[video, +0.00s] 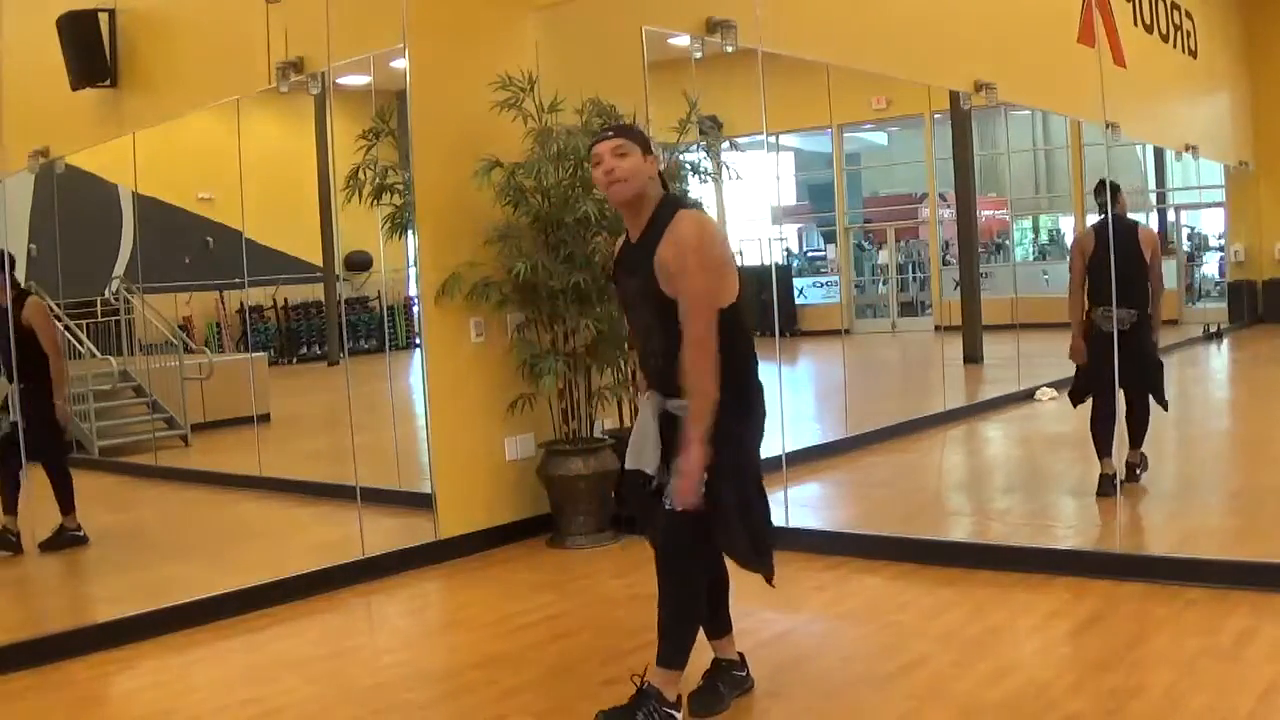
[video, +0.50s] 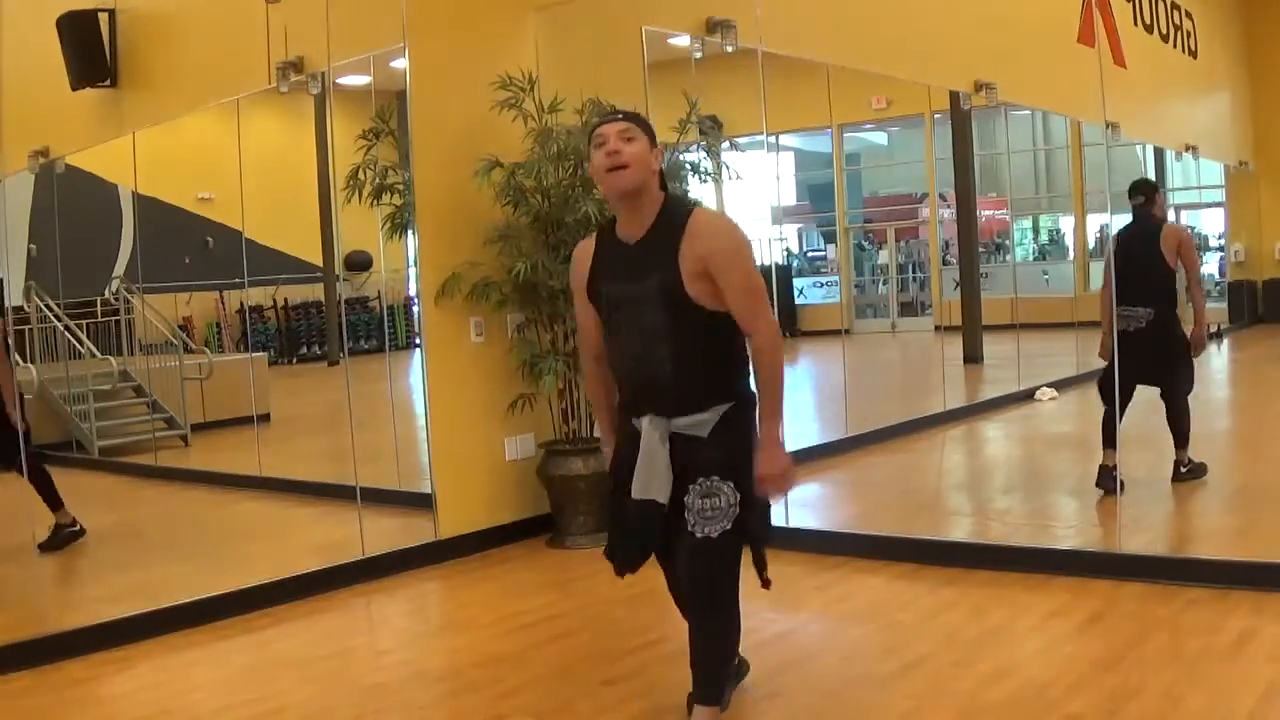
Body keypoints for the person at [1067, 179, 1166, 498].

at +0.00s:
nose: (1126, 201)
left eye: (1119, 197)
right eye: (1123, 197)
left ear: (1096, 205)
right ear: (1121, 200)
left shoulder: (1084, 239)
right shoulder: (1146, 236)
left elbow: (1076, 291)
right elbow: (1157, 286)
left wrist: (1076, 336)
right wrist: (1155, 328)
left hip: (1099, 333)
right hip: (1137, 332)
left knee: (1102, 400)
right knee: (1137, 396)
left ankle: (1107, 470)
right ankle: (1134, 459)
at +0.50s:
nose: (1166, 204)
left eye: (1163, 199)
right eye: (1163, 199)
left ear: (1134, 204)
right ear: (1156, 201)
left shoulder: (1117, 240)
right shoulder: (1176, 234)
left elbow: (1107, 290)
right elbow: (1194, 284)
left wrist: (1106, 335)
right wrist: (1199, 326)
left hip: (1125, 336)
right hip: (1163, 335)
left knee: (1114, 402)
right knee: (1176, 397)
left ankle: (1107, 468)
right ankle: (1182, 462)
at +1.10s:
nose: (1228, 199)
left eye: (1226, 193)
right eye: (1226, 194)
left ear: (1200, 196)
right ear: (1216, 195)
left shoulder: (1185, 224)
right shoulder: (1218, 220)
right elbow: (1236, 224)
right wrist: (1222, 211)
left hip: (1181, 316)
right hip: (1205, 318)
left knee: (1211, 382)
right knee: (1202, 387)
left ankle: (1229, 440)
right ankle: (1183, 461)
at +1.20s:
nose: (1233, 201)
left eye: (1230, 196)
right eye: (1230, 196)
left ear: (1205, 199)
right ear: (1223, 197)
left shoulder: (1189, 231)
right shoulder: (1230, 227)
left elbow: (1203, 277)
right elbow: (1255, 250)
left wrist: (1233, 309)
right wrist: (1232, 222)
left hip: (1190, 317)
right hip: (1214, 318)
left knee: (1219, 382)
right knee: (1210, 385)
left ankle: (1236, 444)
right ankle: (1184, 458)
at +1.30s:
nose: (1239, 203)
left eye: (1236, 197)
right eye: (1236, 198)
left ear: (1210, 202)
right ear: (1230, 199)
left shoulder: (1195, 233)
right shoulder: (1242, 231)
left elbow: (1196, 275)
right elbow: (1265, 272)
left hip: (1199, 318)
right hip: (1226, 319)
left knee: (1225, 381)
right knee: (1233, 381)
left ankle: (1237, 445)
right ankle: (1191, 447)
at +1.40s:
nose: (1247, 207)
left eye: (1243, 202)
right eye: (1245, 202)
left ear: (1219, 206)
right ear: (1239, 204)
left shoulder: (1204, 236)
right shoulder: (1252, 237)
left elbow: (1197, 280)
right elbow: (1269, 276)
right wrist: (1270, 311)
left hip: (1208, 321)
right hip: (1236, 322)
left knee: (1230, 380)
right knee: (1262, 377)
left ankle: (1238, 445)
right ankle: (1208, 430)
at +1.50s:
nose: (1257, 214)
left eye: (1255, 208)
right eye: (1256, 209)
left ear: (1230, 210)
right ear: (1249, 208)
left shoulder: (1212, 241)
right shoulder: (1262, 242)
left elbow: (1202, 289)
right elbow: (1274, 288)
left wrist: (1203, 332)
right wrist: (1274, 323)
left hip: (1217, 324)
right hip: (1248, 324)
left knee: (1234, 380)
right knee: (1271, 379)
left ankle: (1236, 446)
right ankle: (1235, 424)